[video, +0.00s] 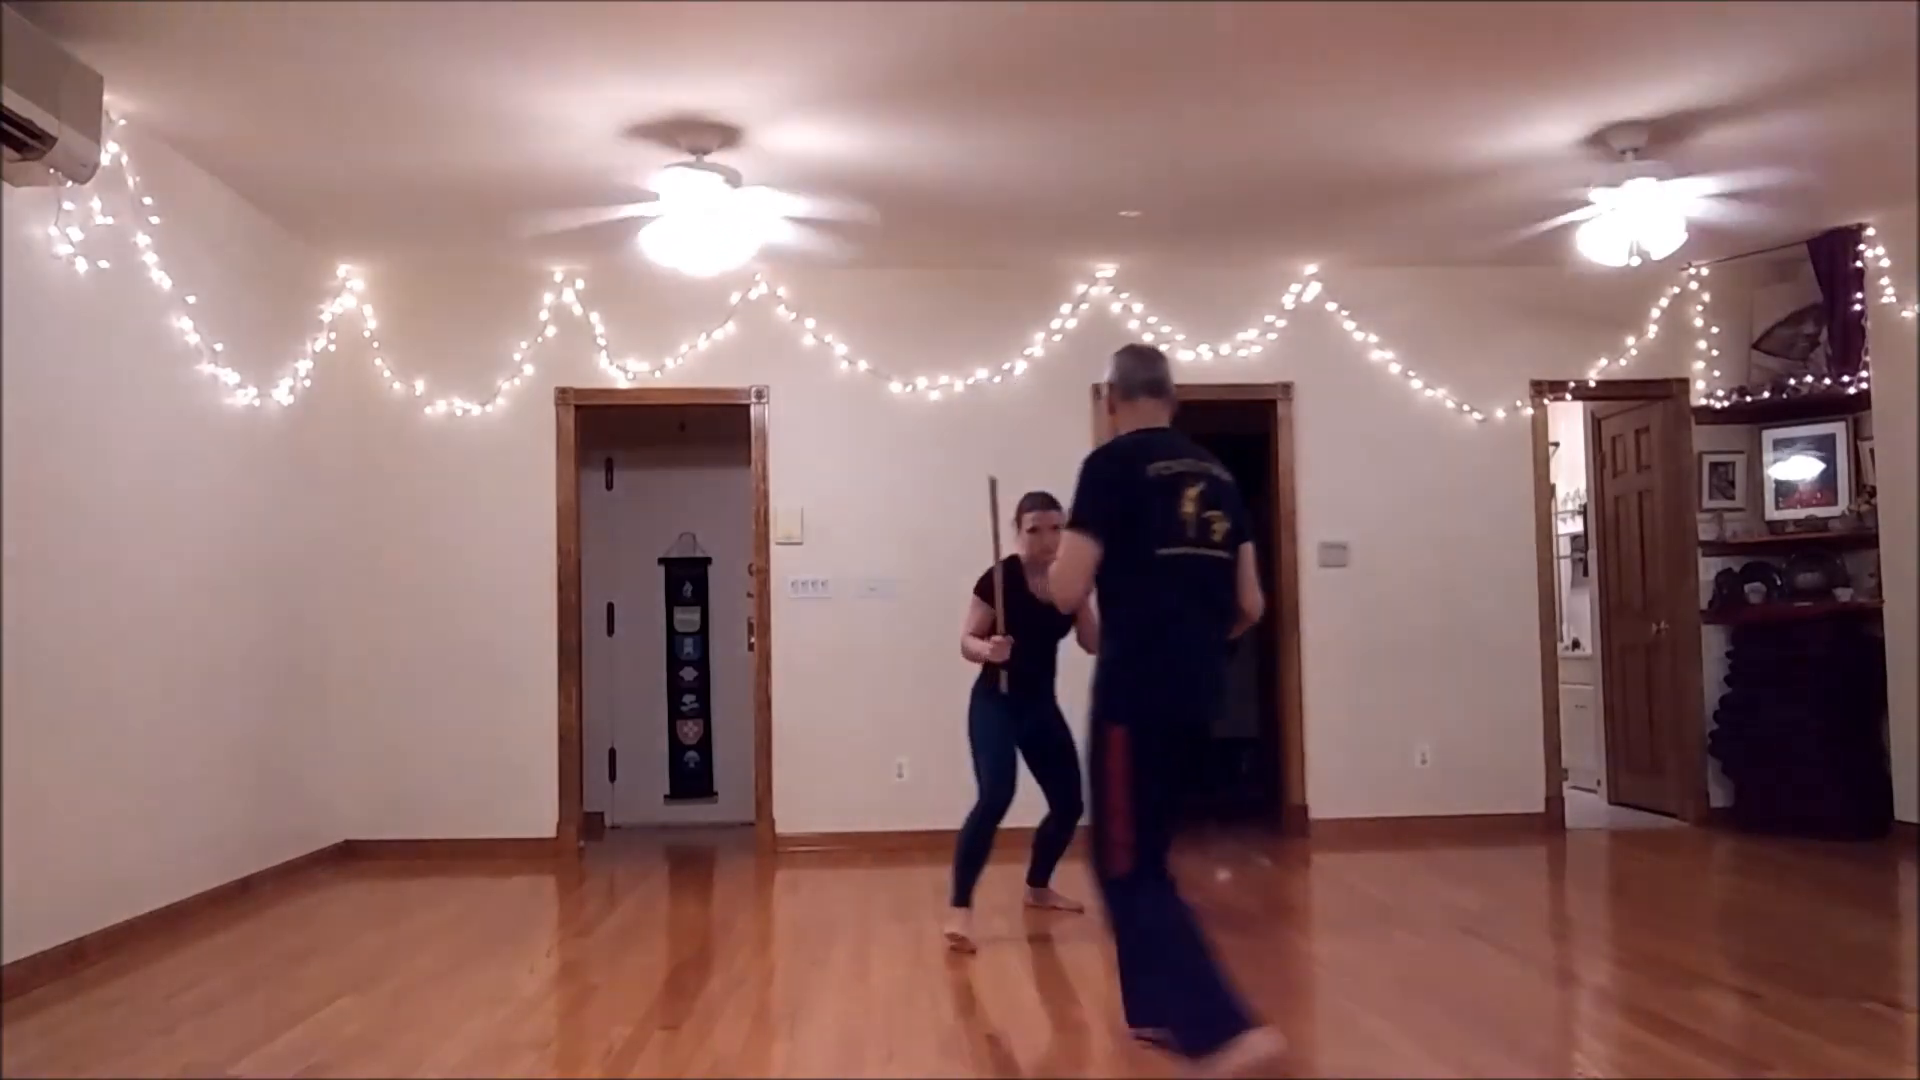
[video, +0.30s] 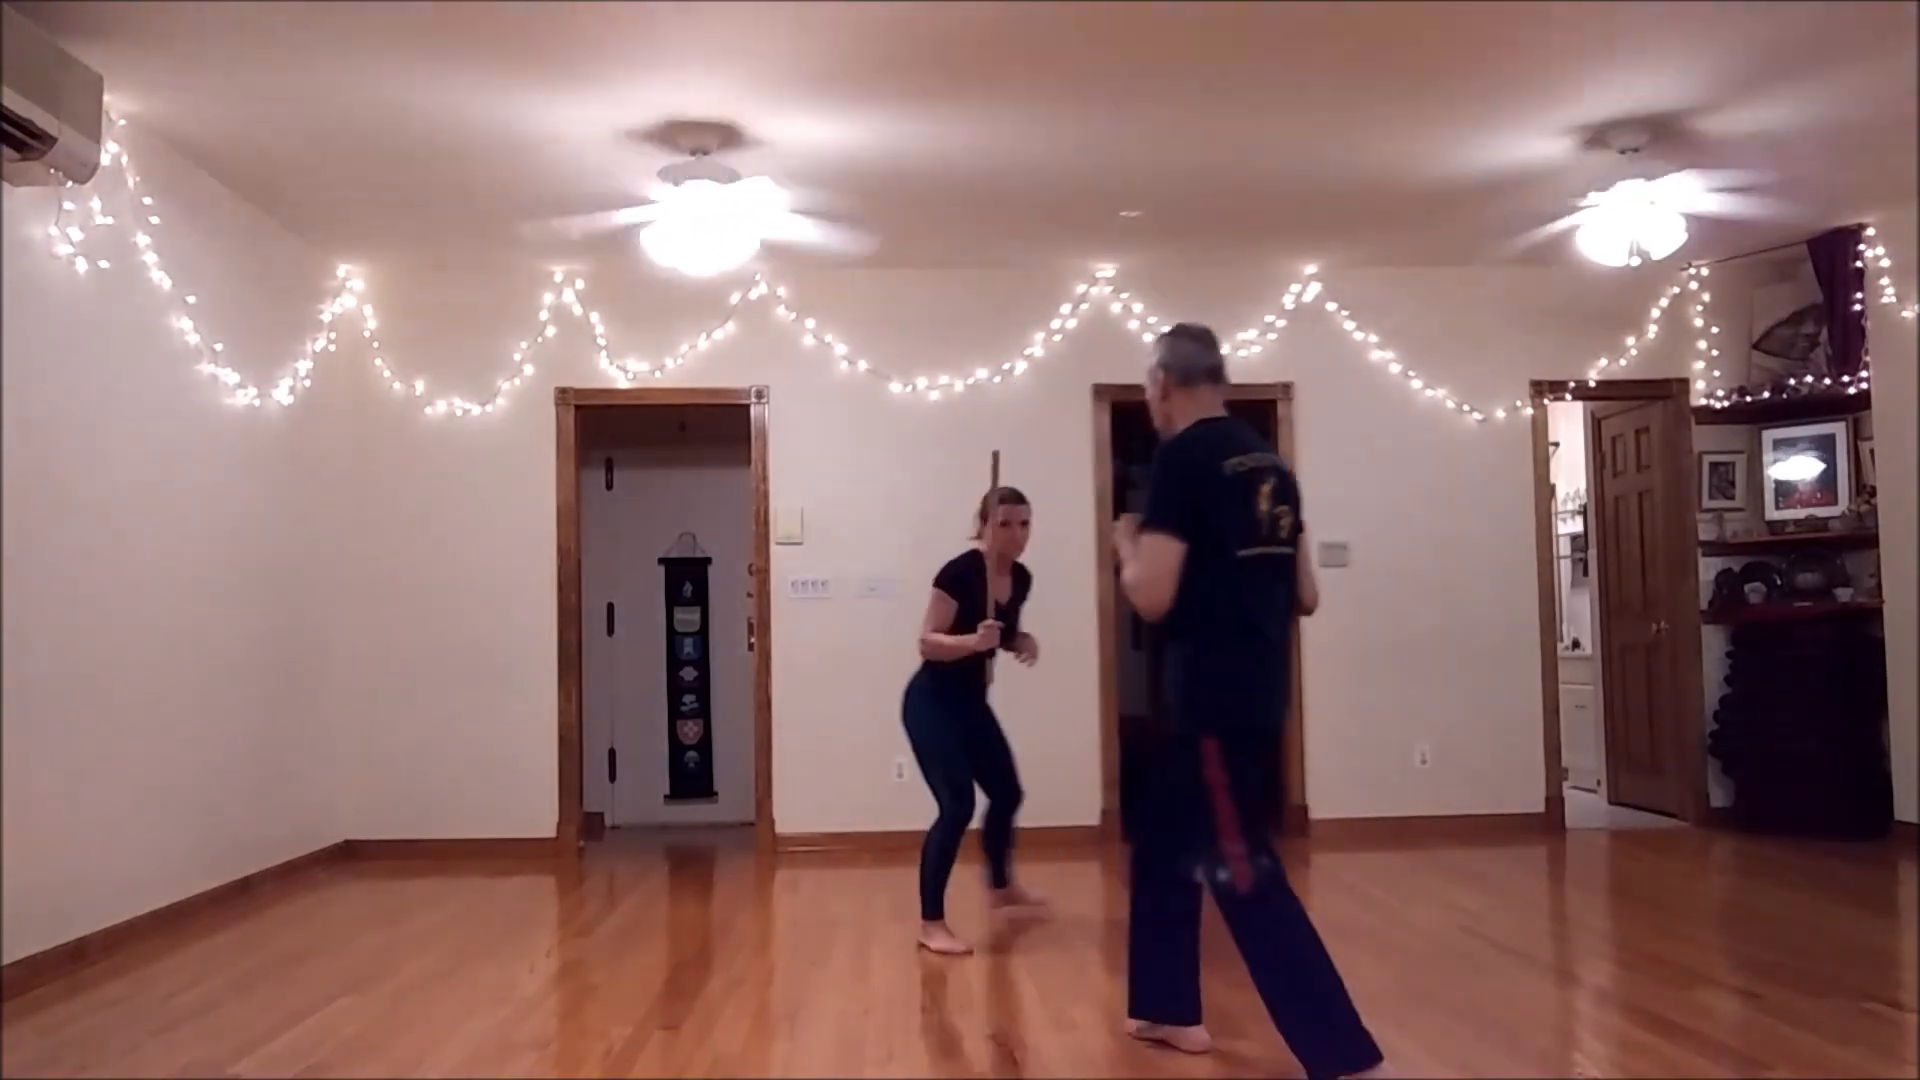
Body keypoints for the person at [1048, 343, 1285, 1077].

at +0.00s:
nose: (1105, 412)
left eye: (1105, 401)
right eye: (1111, 401)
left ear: (1112, 399)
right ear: (1172, 396)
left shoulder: (1111, 463)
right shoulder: (1216, 470)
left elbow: (1065, 588)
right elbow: (1249, 603)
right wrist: (1195, 639)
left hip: (1133, 679)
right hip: (1197, 679)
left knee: (1127, 861)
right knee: (1141, 850)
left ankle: (1226, 1031)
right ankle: (1157, 1012)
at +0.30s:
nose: (1148, 403)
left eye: (1148, 390)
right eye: (1150, 390)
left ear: (1161, 384)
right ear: (1222, 380)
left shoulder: (1182, 458)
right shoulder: (1266, 458)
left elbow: (1151, 596)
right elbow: (1303, 594)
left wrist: (1127, 545)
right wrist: (1214, 569)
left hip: (1203, 693)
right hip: (1252, 687)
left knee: (1238, 862)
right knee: (1165, 844)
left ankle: (1347, 1057)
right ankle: (1169, 1010)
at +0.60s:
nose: (1196, 387)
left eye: (1197, 371)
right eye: (1195, 372)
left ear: (1213, 365)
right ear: (1273, 362)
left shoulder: (1248, 446)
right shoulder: (1317, 440)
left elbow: (1230, 586)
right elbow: (1346, 582)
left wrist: (1179, 541)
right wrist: (1250, 551)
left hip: (1253, 689)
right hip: (1292, 681)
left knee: (1270, 878)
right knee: (1212, 835)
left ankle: (1351, 1065)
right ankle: (1204, 1004)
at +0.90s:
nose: (1212, 393)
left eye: (1215, 377)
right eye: (1212, 379)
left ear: (1239, 370)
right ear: (1277, 368)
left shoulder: (1295, 442)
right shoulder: (1309, 438)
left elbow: (1249, 581)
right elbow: (1276, 574)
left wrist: (1200, 506)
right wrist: (1217, 510)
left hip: (1294, 692)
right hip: (1288, 685)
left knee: (1277, 879)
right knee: (1250, 856)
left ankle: (1353, 1064)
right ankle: (1279, 1012)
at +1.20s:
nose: (1207, 409)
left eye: (1209, 392)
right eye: (1206, 394)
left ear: (1236, 386)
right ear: (1272, 383)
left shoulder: (1295, 447)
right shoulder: (1301, 448)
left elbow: (1270, 579)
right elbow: (1279, 569)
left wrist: (1206, 527)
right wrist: (1222, 535)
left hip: (1327, 688)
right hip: (1300, 685)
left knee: (1311, 873)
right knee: (1255, 848)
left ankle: (1357, 1065)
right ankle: (1279, 1012)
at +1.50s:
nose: (1223, 414)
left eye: (1227, 398)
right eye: (1223, 399)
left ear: (1257, 390)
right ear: (1277, 389)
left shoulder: (1320, 450)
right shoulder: (1299, 461)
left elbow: (1312, 574)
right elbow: (1309, 576)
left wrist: (1231, 537)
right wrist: (1234, 556)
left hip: (1350, 690)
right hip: (1307, 690)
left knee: (1367, 854)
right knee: (1262, 847)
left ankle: (1468, 1033)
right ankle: (1284, 1009)